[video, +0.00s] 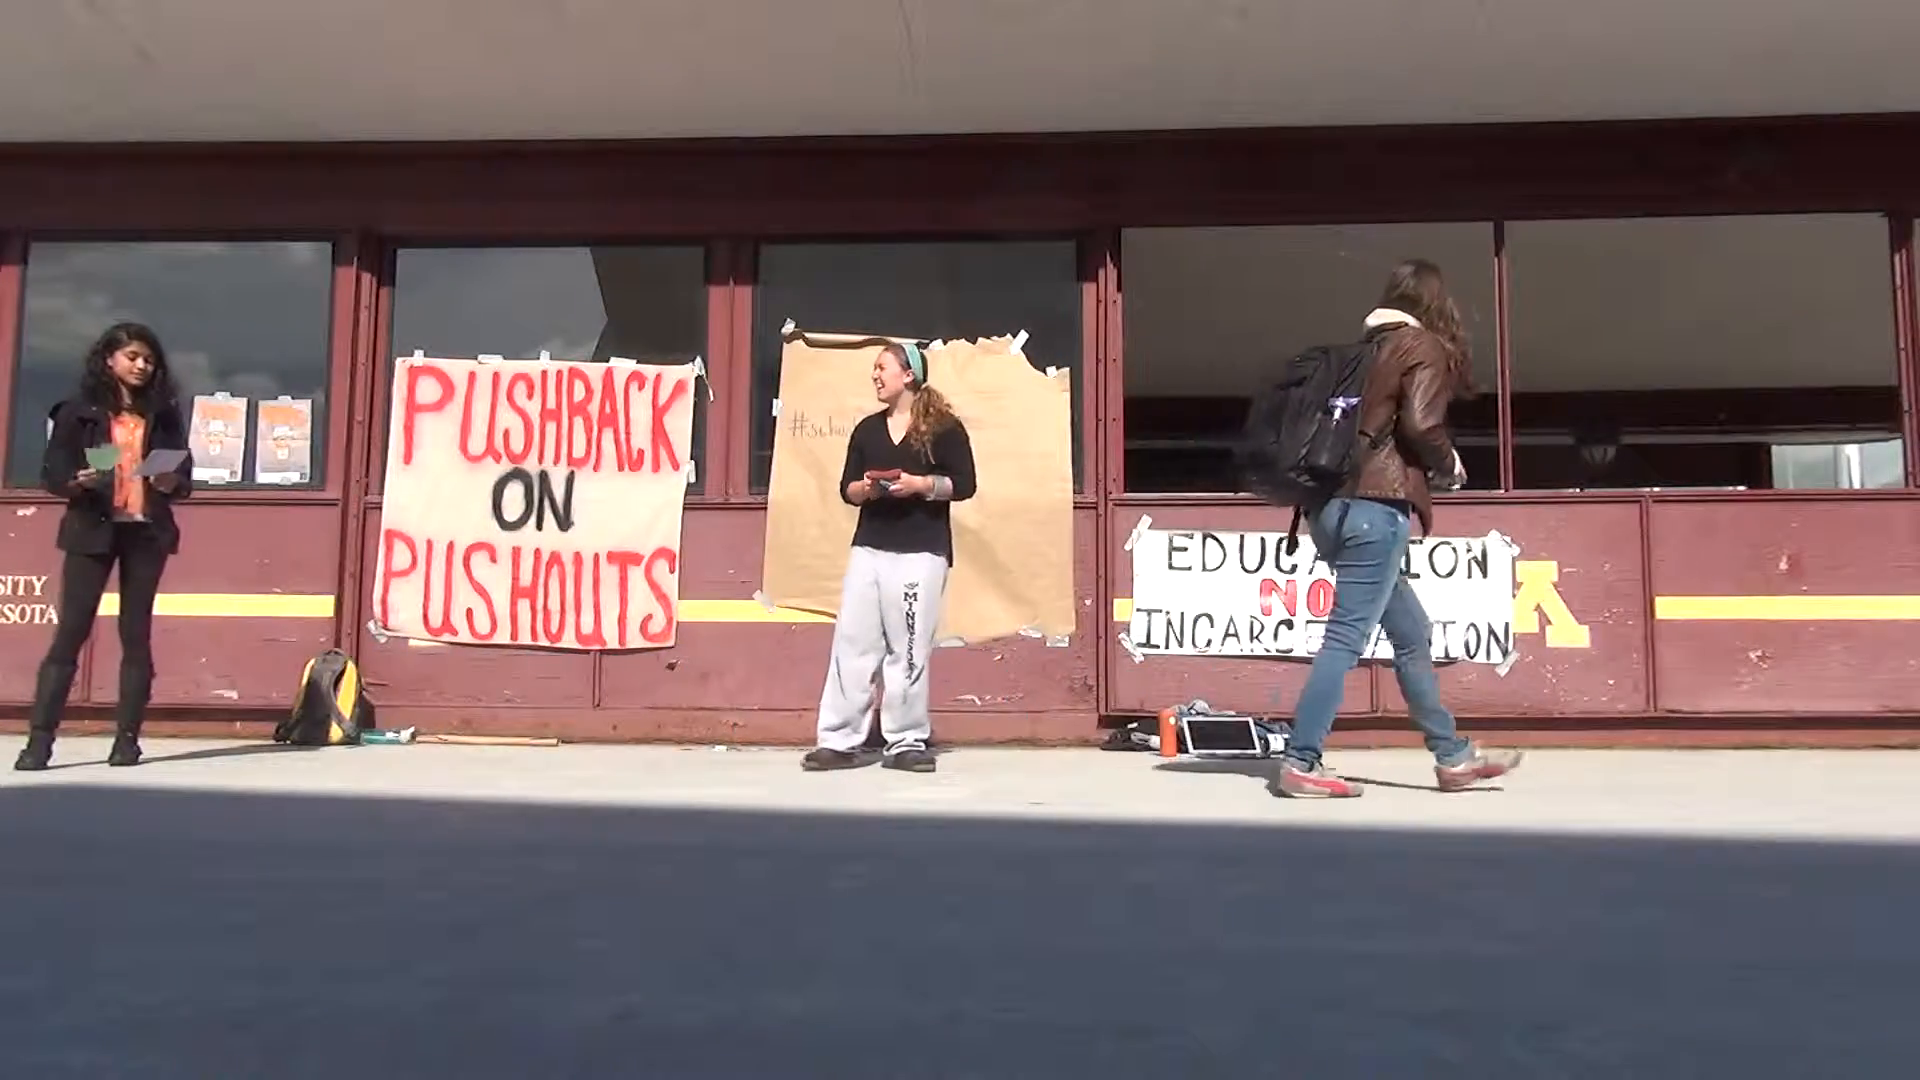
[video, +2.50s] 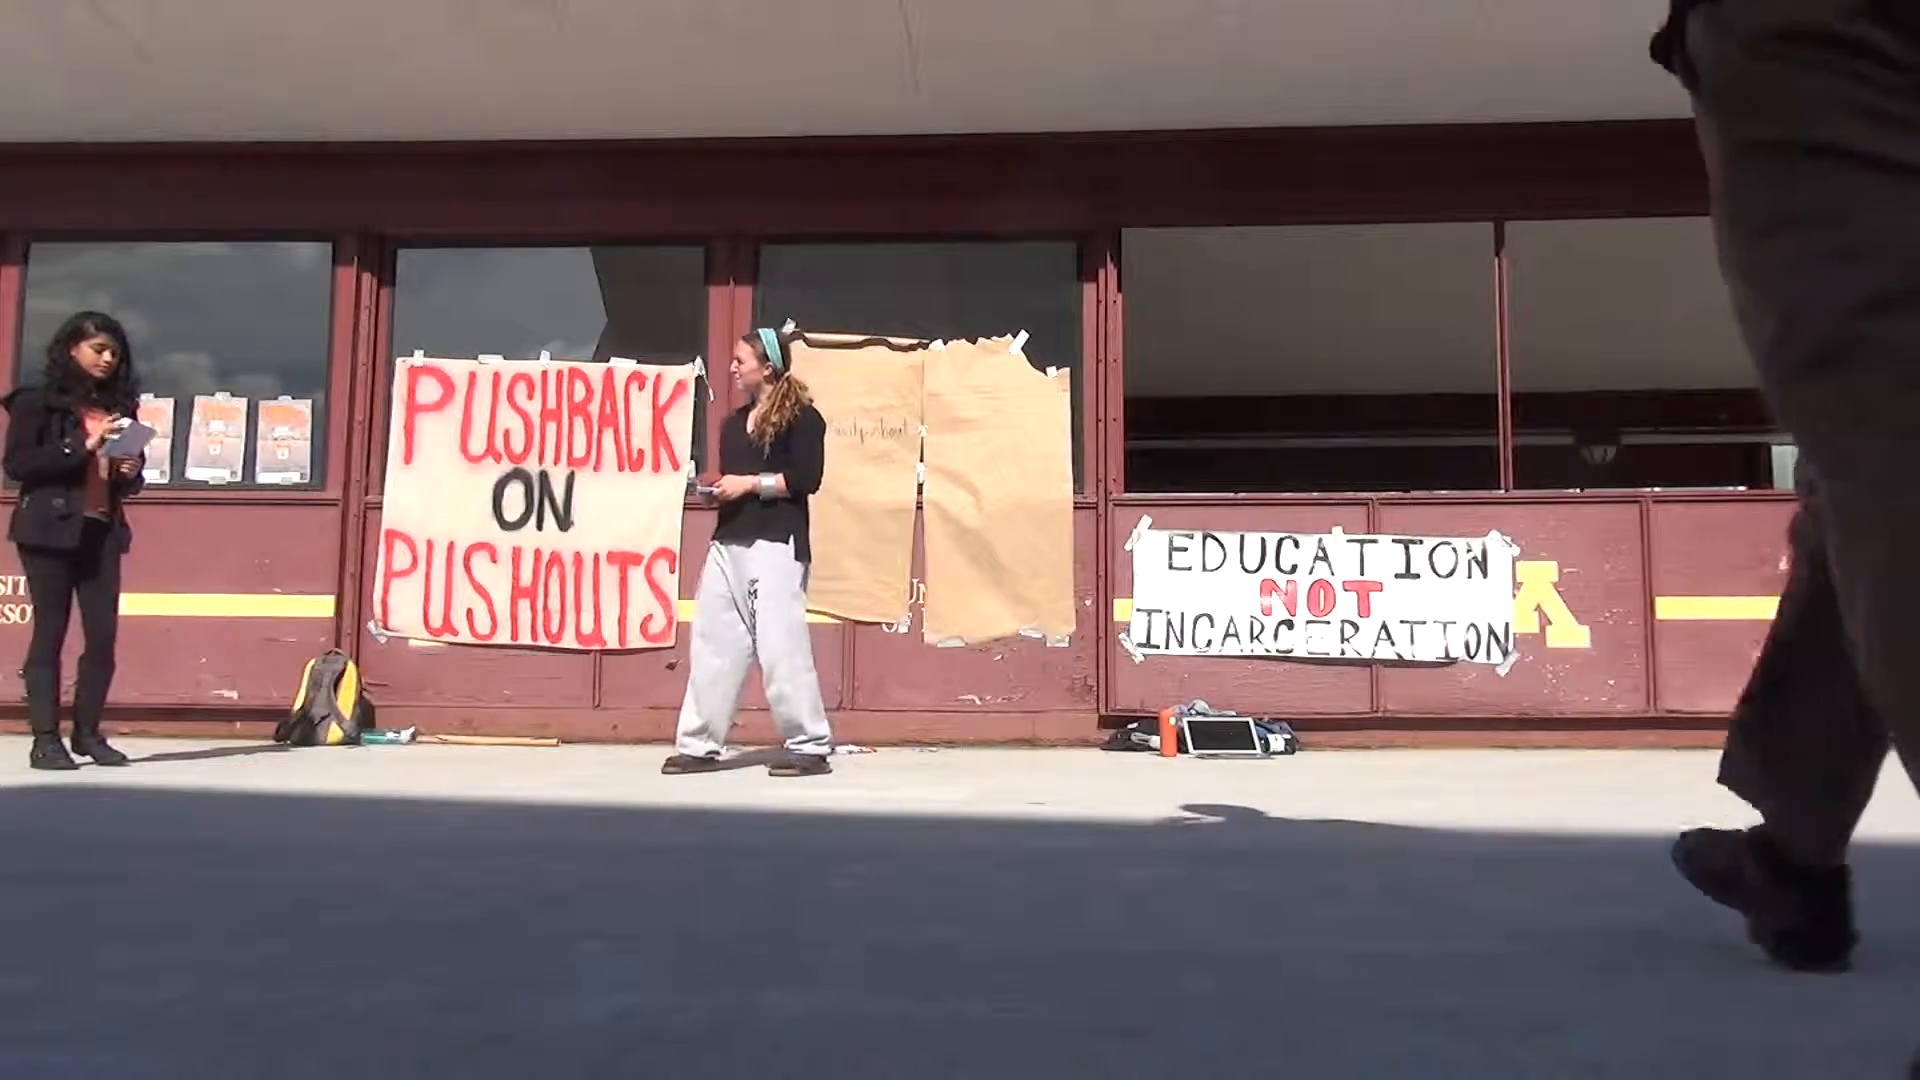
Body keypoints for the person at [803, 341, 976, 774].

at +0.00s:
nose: (875, 375)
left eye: (882, 368)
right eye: (875, 368)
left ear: (909, 374)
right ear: (885, 376)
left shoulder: (944, 427)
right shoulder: (866, 429)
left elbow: (965, 485)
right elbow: (847, 489)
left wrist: (921, 485)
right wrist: (864, 490)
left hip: (920, 551)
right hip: (870, 547)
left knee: (909, 646)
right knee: (853, 642)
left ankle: (907, 741)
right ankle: (841, 741)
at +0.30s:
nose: (849, 378)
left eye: (856, 371)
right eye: (850, 371)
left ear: (881, 376)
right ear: (869, 378)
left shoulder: (917, 428)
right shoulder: (851, 435)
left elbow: (929, 484)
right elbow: (847, 496)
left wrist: (898, 468)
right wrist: (820, 482)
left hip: (893, 553)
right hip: (850, 552)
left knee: (891, 652)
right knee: (843, 652)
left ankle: (906, 742)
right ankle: (847, 741)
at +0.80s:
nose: (816, 377)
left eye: (823, 371)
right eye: (819, 371)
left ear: (845, 378)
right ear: (840, 378)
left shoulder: (868, 429)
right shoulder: (828, 432)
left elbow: (872, 493)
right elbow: (812, 499)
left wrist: (840, 498)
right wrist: (769, 489)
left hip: (847, 552)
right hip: (813, 553)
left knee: (852, 645)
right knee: (821, 651)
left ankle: (898, 735)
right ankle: (843, 742)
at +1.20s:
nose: (797, 379)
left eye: (803, 372)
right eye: (799, 372)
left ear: (825, 378)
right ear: (824, 378)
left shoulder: (847, 427)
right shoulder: (826, 427)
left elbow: (844, 487)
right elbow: (818, 491)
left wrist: (789, 483)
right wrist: (773, 497)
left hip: (830, 549)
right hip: (816, 547)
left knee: (814, 644)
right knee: (833, 643)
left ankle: (829, 743)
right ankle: (847, 740)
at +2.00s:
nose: (770, 362)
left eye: (778, 356)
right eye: (772, 355)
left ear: (802, 364)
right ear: (792, 364)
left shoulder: (825, 409)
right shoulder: (791, 414)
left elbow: (826, 471)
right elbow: (798, 475)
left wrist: (770, 484)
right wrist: (762, 485)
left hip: (806, 542)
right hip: (776, 543)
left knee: (804, 641)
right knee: (763, 639)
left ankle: (815, 746)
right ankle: (815, 734)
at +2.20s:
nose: (759, 359)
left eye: (767, 352)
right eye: (762, 351)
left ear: (792, 362)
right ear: (786, 363)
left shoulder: (823, 411)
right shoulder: (777, 414)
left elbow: (820, 474)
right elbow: (784, 474)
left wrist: (766, 483)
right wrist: (753, 485)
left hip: (798, 541)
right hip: (760, 541)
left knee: (797, 640)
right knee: (743, 638)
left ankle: (813, 745)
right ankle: (753, 739)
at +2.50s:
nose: (733, 369)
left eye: (740, 361)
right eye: (733, 361)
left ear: (767, 367)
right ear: (750, 367)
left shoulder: (802, 416)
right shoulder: (733, 423)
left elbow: (806, 480)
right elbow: (734, 484)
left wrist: (748, 484)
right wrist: (712, 491)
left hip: (775, 544)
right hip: (729, 543)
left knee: (782, 646)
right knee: (714, 645)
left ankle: (809, 746)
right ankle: (699, 746)